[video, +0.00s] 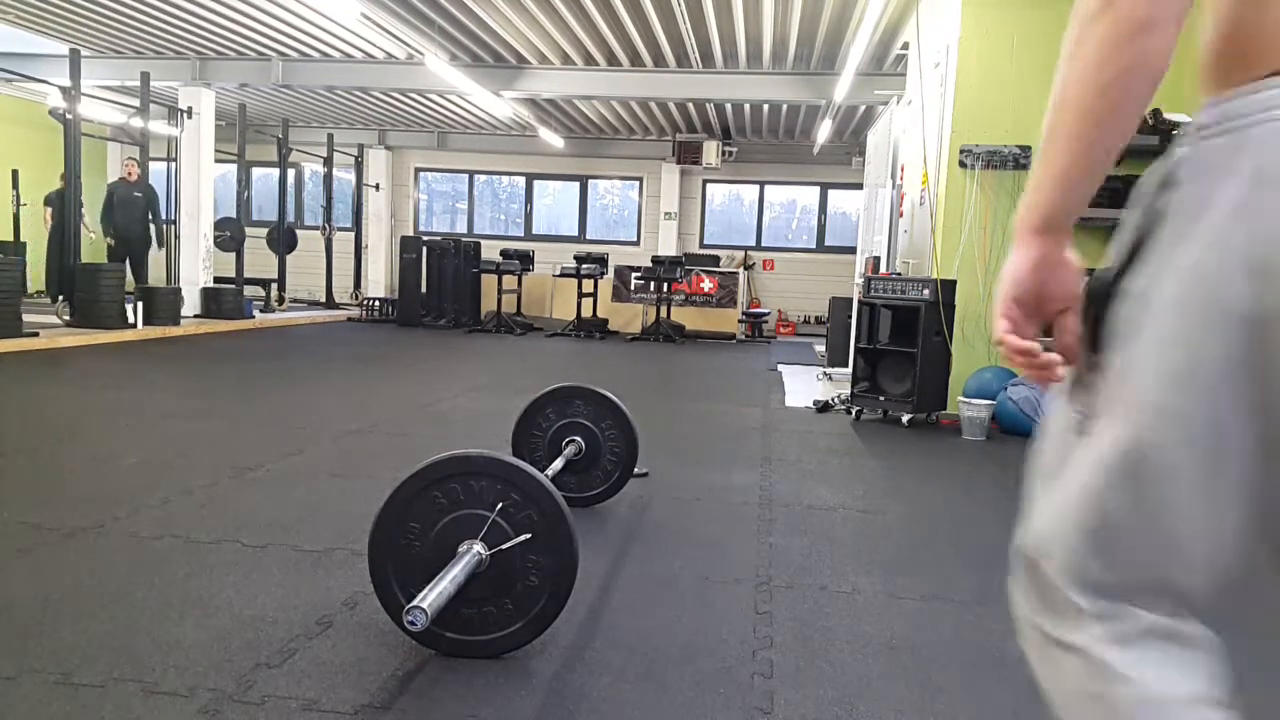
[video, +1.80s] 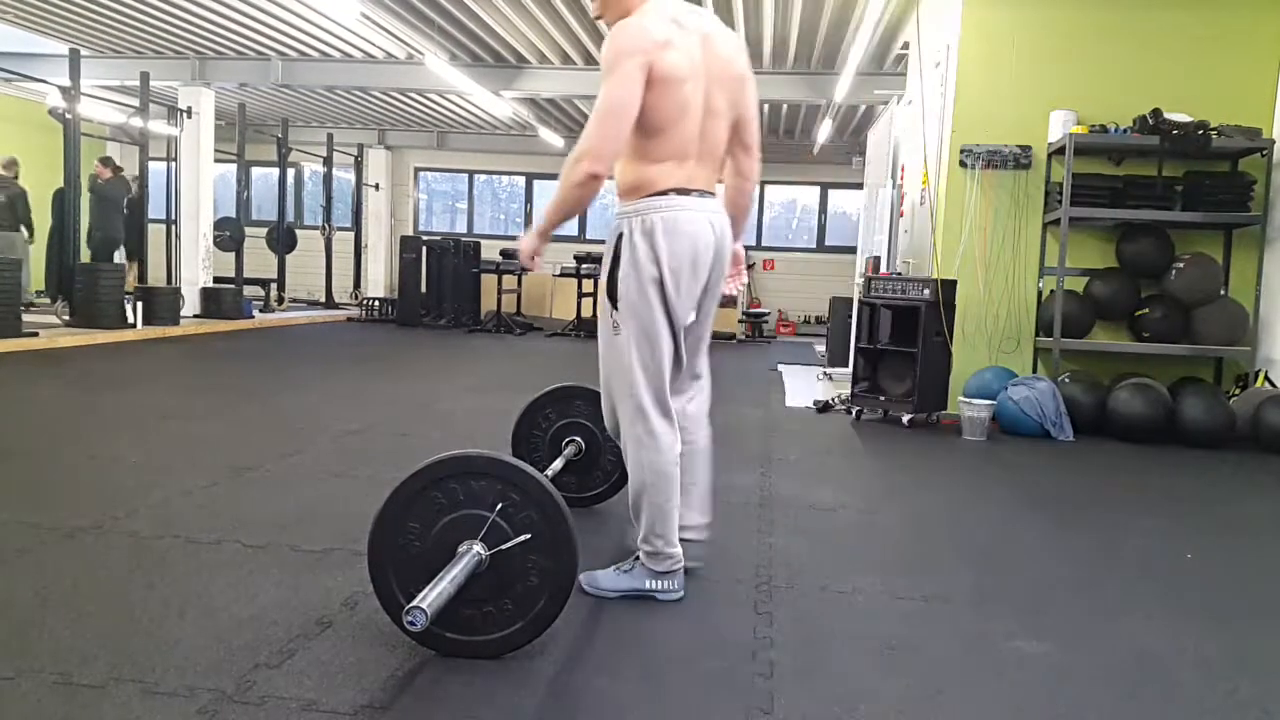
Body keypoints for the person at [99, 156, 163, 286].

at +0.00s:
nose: (129, 169)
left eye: (133, 166)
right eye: (126, 166)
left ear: (138, 169)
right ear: (122, 169)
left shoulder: (147, 189)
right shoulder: (114, 187)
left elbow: (156, 215)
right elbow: (105, 214)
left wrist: (160, 238)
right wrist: (107, 234)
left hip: (139, 242)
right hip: (117, 241)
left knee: (141, 281)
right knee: (115, 280)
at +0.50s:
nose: (122, 168)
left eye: (125, 165)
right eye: (119, 165)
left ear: (132, 168)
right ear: (117, 168)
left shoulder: (143, 189)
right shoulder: (111, 188)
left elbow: (147, 218)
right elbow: (103, 213)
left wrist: (142, 242)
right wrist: (99, 236)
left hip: (135, 242)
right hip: (114, 242)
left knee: (141, 283)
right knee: (113, 281)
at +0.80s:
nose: (109, 168)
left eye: (112, 165)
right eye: (109, 165)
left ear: (122, 168)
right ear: (109, 168)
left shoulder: (132, 187)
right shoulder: (104, 188)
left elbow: (135, 215)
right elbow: (95, 212)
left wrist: (123, 237)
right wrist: (93, 235)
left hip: (123, 238)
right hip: (104, 238)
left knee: (126, 273)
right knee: (106, 273)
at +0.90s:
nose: (106, 169)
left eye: (110, 165)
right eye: (106, 165)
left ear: (120, 168)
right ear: (106, 169)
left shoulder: (129, 187)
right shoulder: (103, 188)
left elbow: (132, 214)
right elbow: (93, 214)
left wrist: (110, 224)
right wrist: (89, 236)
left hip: (121, 237)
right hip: (102, 237)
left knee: (120, 272)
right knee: (104, 272)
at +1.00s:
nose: (105, 169)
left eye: (109, 166)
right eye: (105, 166)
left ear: (119, 168)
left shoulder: (126, 185)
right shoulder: (105, 187)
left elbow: (128, 209)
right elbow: (94, 214)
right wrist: (89, 238)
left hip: (119, 238)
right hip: (102, 237)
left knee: (115, 273)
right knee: (102, 273)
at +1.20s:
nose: (102, 170)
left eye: (105, 167)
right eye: (102, 167)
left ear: (115, 168)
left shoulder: (125, 183)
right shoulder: (102, 188)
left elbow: (111, 195)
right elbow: (93, 213)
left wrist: (98, 183)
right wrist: (87, 236)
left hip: (117, 235)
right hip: (101, 234)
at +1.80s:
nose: (95, 170)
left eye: (97, 167)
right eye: (95, 167)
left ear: (107, 168)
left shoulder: (118, 183)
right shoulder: (101, 184)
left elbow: (94, 188)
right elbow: (94, 215)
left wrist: (93, 176)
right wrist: (90, 235)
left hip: (109, 232)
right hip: (97, 231)